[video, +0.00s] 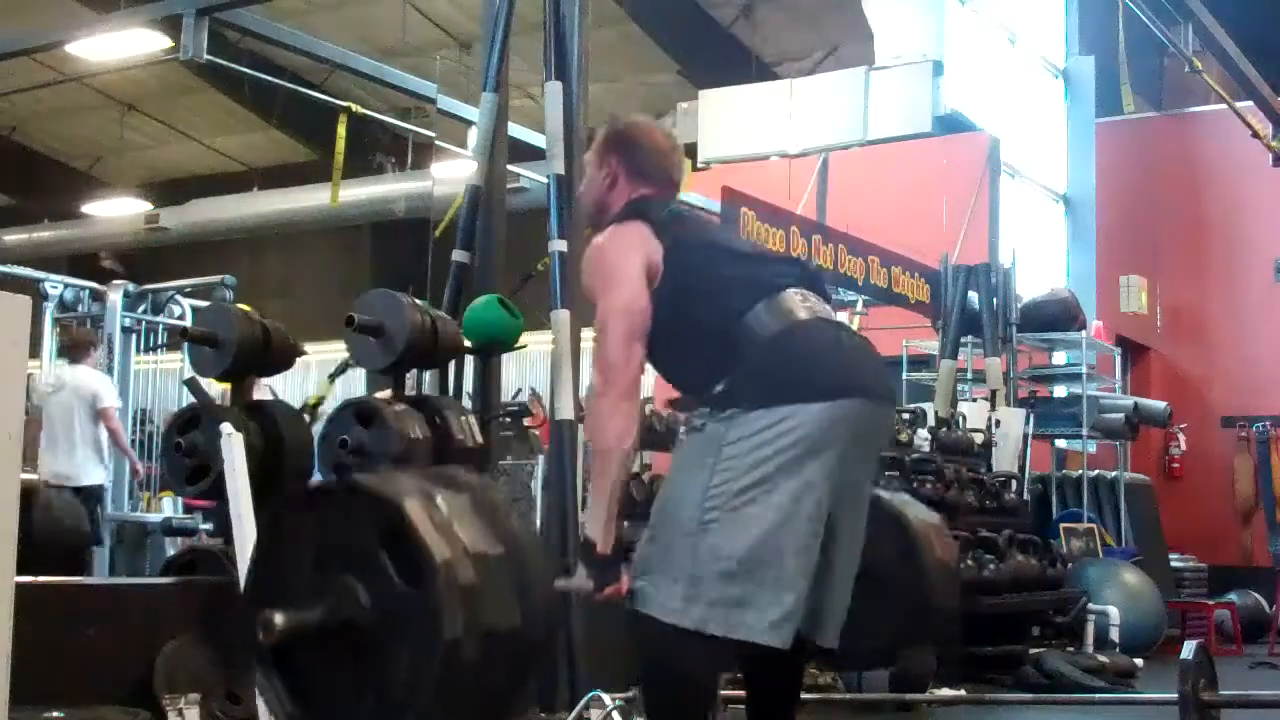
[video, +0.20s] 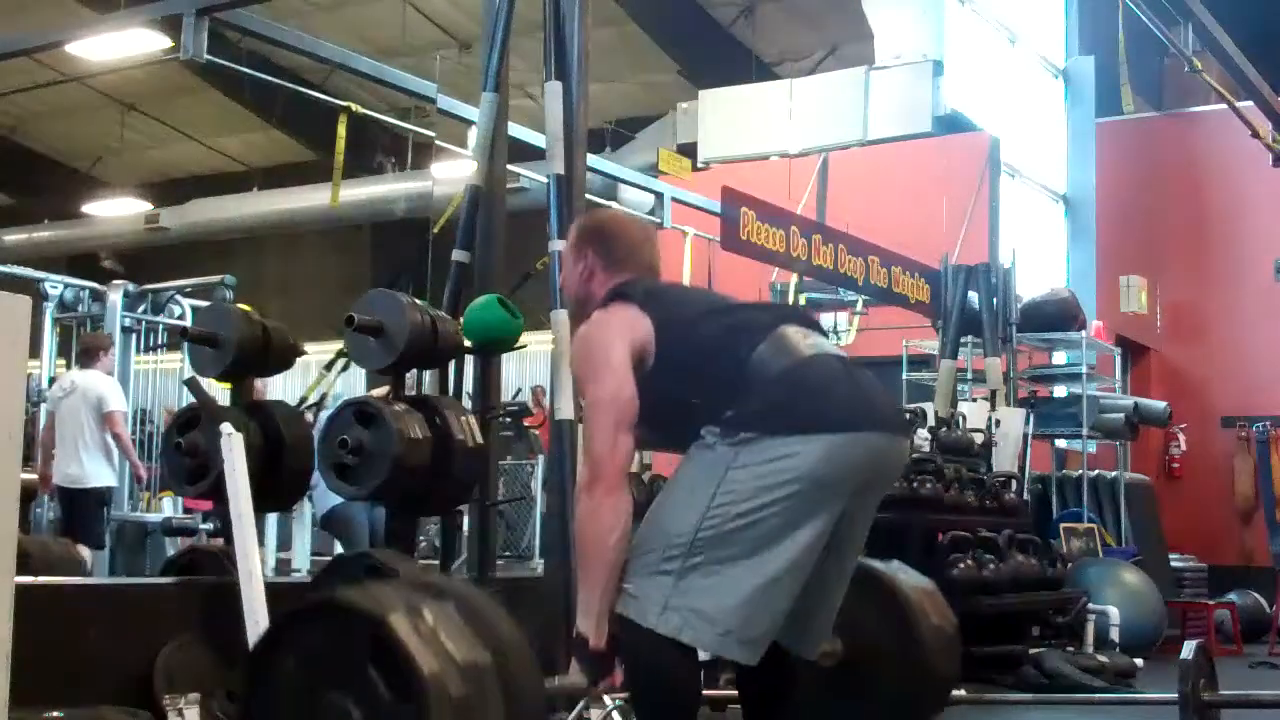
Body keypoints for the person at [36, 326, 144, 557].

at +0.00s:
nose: (97, 357)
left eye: (95, 351)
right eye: (96, 351)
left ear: (67, 351)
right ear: (90, 352)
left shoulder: (47, 379)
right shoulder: (98, 380)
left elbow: (35, 427)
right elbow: (111, 424)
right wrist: (133, 459)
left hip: (51, 477)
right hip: (86, 479)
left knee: (53, 544)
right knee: (86, 545)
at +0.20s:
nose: (113, 361)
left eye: (113, 356)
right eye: (111, 356)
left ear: (82, 356)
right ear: (101, 356)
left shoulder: (60, 384)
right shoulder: (105, 383)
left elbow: (47, 434)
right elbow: (116, 429)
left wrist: (44, 469)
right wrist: (136, 464)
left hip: (64, 480)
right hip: (93, 481)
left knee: (67, 545)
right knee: (85, 549)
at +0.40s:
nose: (121, 365)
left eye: (120, 360)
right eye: (119, 360)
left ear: (92, 360)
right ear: (109, 361)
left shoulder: (72, 389)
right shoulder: (115, 388)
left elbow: (60, 432)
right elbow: (120, 432)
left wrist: (61, 469)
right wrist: (132, 472)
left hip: (76, 480)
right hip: (103, 480)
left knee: (86, 545)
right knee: (96, 545)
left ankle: (93, 601)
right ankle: (75, 600)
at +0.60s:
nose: (132, 366)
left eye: (131, 361)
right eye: (130, 361)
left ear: (105, 360)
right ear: (122, 360)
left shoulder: (87, 386)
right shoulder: (121, 386)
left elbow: (77, 433)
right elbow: (125, 427)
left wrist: (81, 467)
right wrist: (139, 466)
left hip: (88, 480)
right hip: (115, 479)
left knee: (93, 544)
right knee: (132, 539)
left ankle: (89, 597)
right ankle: (104, 580)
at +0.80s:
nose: (148, 372)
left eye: (148, 366)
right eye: (147, 366)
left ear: (125, 365)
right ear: (138, 365)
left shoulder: (104, 388)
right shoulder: (133, 389)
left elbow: (100, 433)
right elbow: (133, 429)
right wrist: (153, 466)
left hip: (100, 481)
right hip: (130, 480)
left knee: (97, 543)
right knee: (153, 541)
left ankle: (93, 602)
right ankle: (147, 598)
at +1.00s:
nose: (176, 377)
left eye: (176, 372)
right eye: (175, 372)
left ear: (151, 371)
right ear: (165, 371)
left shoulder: (135, 392)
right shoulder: (157, 395)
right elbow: (156, 438)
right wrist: (171, 477)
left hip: (122, 484)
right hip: (146, 485)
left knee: (111, 544)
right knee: (166, 550)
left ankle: (91, 594)